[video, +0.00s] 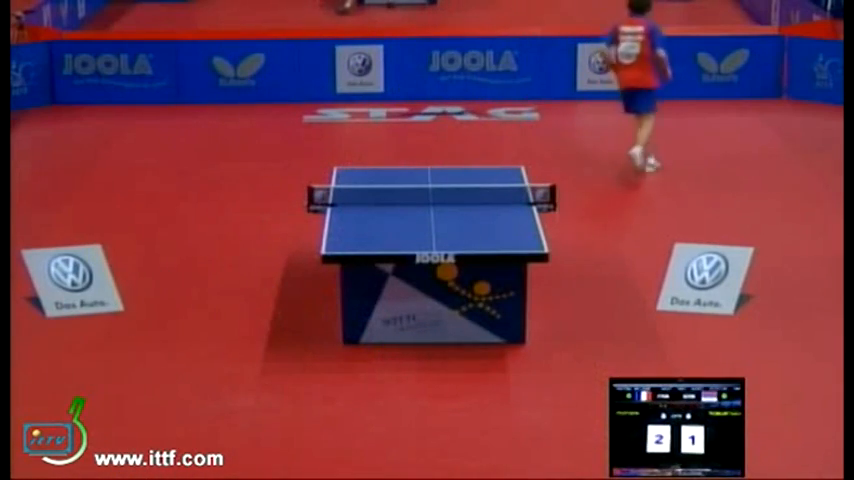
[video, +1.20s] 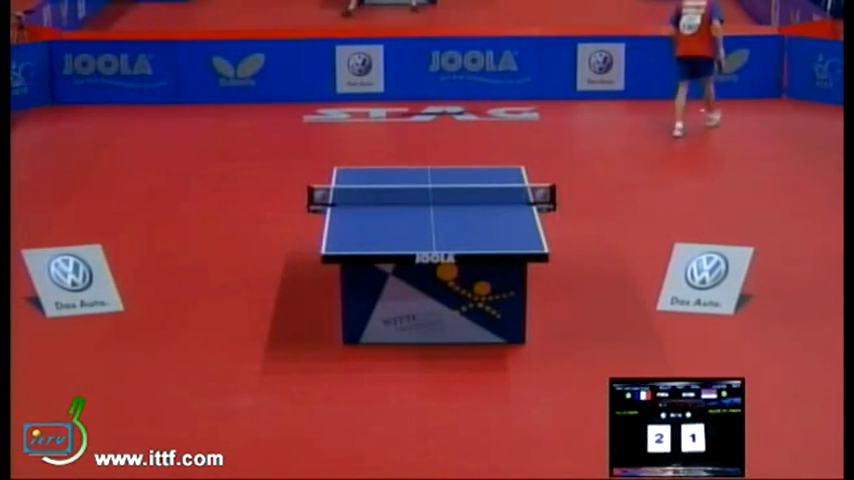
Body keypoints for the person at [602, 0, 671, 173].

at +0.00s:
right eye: (648, 7)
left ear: (629, 8)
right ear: (647, 9)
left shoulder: (618, 28)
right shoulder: (650, 28)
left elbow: (609, 52)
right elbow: (658, 53)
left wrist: (617, 71)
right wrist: (666, 73)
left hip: (626, 81)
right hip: (645, 80)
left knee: (639, 119)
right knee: (648, 117)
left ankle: (646, 157)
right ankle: (638, 148)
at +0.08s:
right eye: (653, 8)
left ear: (637, 10)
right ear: (653, 10)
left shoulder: (627, 30)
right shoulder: (658, 29)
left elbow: (615, 56)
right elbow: (665, 55)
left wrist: (627, 71)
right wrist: (673, 75)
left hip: (634, 83)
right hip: (653, 83)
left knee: (647, 120)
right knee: (660, 117)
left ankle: (649, 160)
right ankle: (653, 145)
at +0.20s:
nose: (661, 6)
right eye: (662, 4)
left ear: (647, 4)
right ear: (662, 3)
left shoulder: (637, 20)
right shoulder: (666, 19)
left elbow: (627, 44)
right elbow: (670, 42)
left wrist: (641, 55)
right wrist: (678, 66)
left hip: (645, 73)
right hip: (664, 73)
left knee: (649, 113)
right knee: (669, 111)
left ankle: (650, 154)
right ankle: (670, 151)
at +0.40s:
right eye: (678, 3)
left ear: (662, 2)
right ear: (678, 2)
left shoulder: (652, 16)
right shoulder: (682, 17)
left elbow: (640, 41)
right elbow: (688, 41)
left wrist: (656, 51)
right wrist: (700, 65)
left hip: (657, 70)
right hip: (677, 71)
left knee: (659, 104)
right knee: (680, 105)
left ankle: (653, 134)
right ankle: (679, 142)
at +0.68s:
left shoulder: (662, 6)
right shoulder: (695, 6)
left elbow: (654, 31)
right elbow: (707, 31)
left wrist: (658, 50)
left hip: (667, 56)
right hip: (687, 56)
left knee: (671, 94)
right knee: (683, 96)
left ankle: (673, 129)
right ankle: (680, 136)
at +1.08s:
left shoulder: (674, 3)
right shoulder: (706, 3)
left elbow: (667, 28)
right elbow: (711, 28)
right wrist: (717, 46)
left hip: (680, 51)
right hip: (699, 50)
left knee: (680, 85)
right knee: (702, 82)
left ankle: (677, 124)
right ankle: (696, 116)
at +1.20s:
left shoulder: (682, 4)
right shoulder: (711, 5)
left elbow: (673, 27)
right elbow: (715, 27)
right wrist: (720, 50)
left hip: (684, 51)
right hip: (704, 52)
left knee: (682, 86)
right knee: (708, 84)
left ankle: (678, 124)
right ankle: (711, 114)